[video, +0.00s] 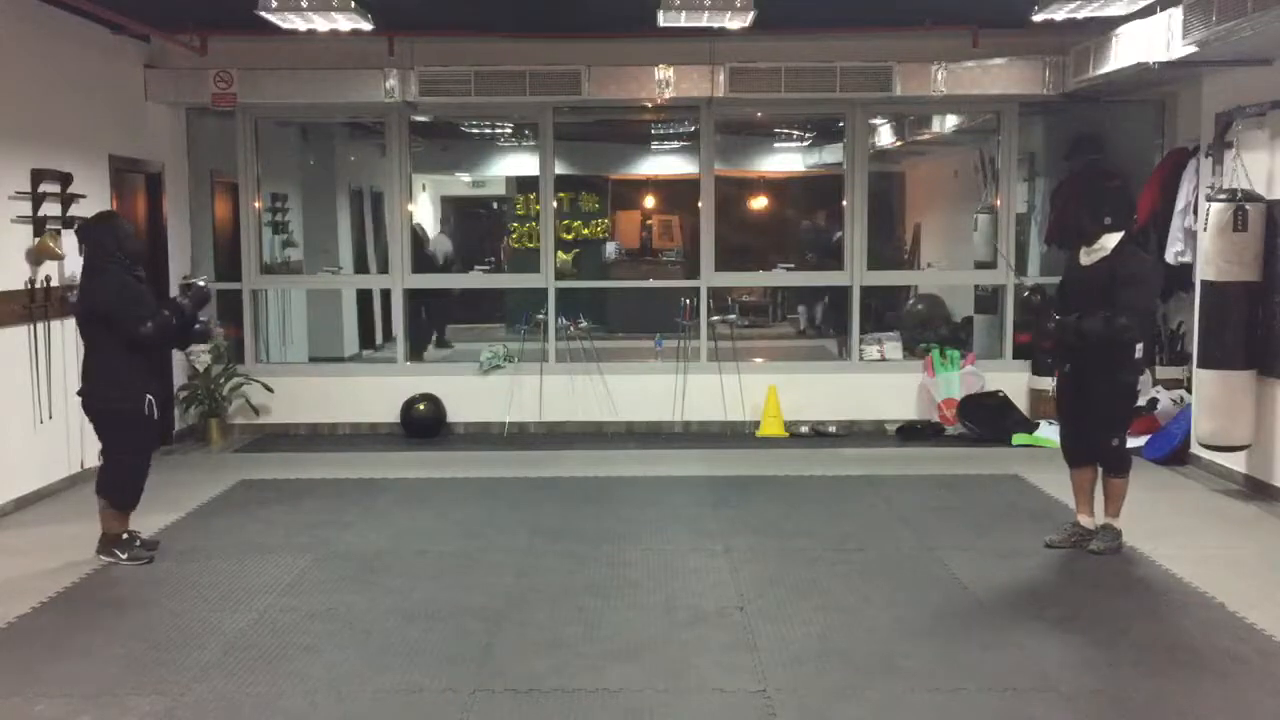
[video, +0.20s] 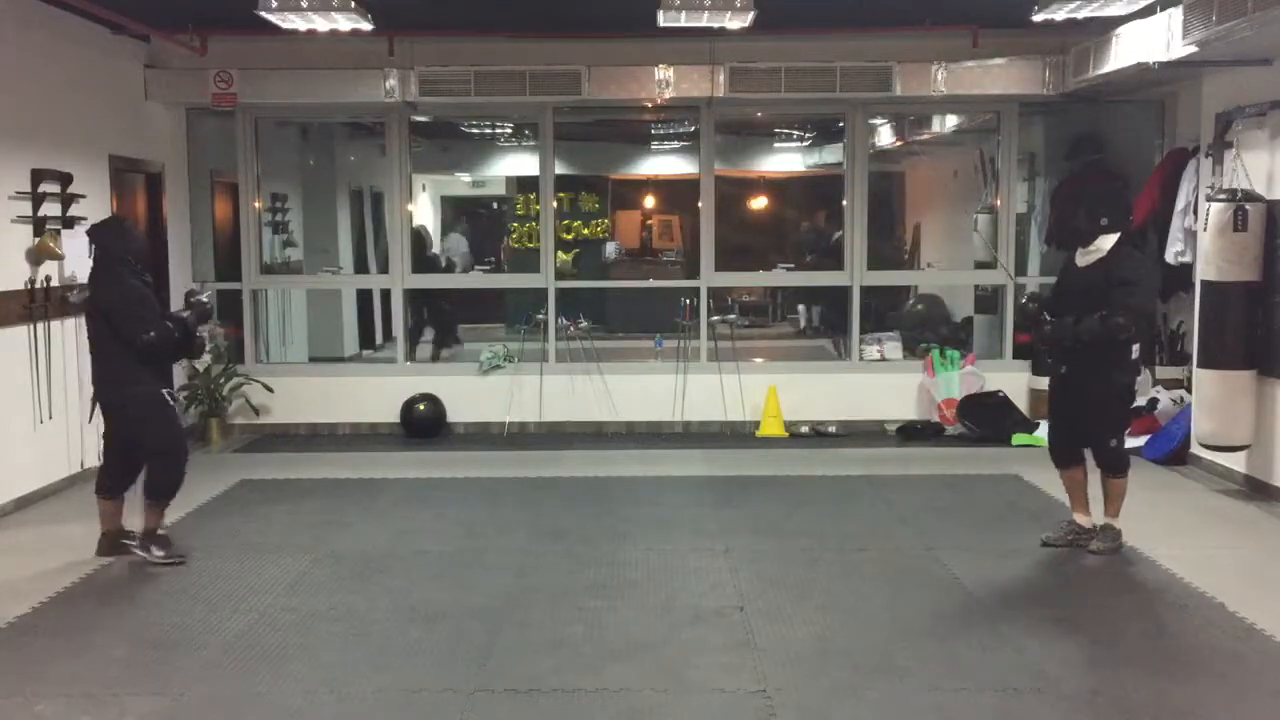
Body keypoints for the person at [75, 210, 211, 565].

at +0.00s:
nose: (137, 241)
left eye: (134, 234)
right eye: (129, 236)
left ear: (102, 243)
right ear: (113, 242)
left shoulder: (115, 277)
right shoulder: (111, 281)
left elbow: (144, 329)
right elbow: (143, 332)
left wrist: (186, 330)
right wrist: (185, 306)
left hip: (124, 388)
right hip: (121, 390)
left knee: (126, 458)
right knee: (125, 459)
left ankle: (118, 534)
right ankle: (112, 538)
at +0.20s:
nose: (143, 242)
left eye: (139, 236)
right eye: (136, 238)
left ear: (105, 248)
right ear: (123, 246)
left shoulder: (105, 282)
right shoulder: (124, 284)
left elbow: (139, 334)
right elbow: (150, 340)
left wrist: (178, 324)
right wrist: (189, 319)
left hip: (115, 387)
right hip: (139, 387)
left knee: (121, 456)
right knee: (170, 452)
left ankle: (112, 534)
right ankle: (151, 535)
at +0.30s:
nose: (152, 246)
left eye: (149, 240)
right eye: (146, 240)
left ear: (115, 247)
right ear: (135, 246)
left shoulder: (113, 281)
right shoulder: (133, 284)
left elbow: (148, 338)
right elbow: (157, 341)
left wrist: (189, 333)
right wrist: (196, 320)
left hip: (120, 387)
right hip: (143, 389)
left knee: (123, 455)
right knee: (177, 448)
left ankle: (112, 534)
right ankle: (190, 538)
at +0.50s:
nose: (187, 259)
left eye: (184, 252)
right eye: (182, 252)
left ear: (140, 255)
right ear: (172, 256)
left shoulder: (133, 288)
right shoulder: (167, 295)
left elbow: (165, 347)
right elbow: (190, 354)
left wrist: (211, 335)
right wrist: (226, 334)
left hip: (140, 397)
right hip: (171, 400)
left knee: (134, 461)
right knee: (194, 466)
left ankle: (114, 533)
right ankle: (225, 541)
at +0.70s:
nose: (218, 249)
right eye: (213, 243)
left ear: (175, 249)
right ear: (205, 248)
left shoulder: (163, 283)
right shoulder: (200, 289)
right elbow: (221, 349)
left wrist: (238, 335)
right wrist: (257, 331)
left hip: (168, 386)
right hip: (199, 391)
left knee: (171, 454)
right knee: (213, 461)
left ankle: (131, 526)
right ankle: (228, 545)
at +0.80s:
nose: (234, 248)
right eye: (229, 242)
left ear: (193, 248)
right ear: (220, 248)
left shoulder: (185, 285)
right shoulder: (217, 291)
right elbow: (240, 351)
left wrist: (260, 332)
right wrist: (271, 327)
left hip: (186, 388)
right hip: (213, 394)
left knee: (187, 455)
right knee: (220, 464)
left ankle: (154, 527)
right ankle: (230, 546)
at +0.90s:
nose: (251, 251)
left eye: (248, 243)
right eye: (247, 244)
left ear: (206, 246)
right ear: (240, 248)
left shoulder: (187, 288)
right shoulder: (230, 289)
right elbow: (257, 347)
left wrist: (278, 327)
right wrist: (288, 323)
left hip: (193, 389)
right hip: (224, 393)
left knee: (206, 456)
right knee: (230, 461)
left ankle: (191, 533)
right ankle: (232, 546)